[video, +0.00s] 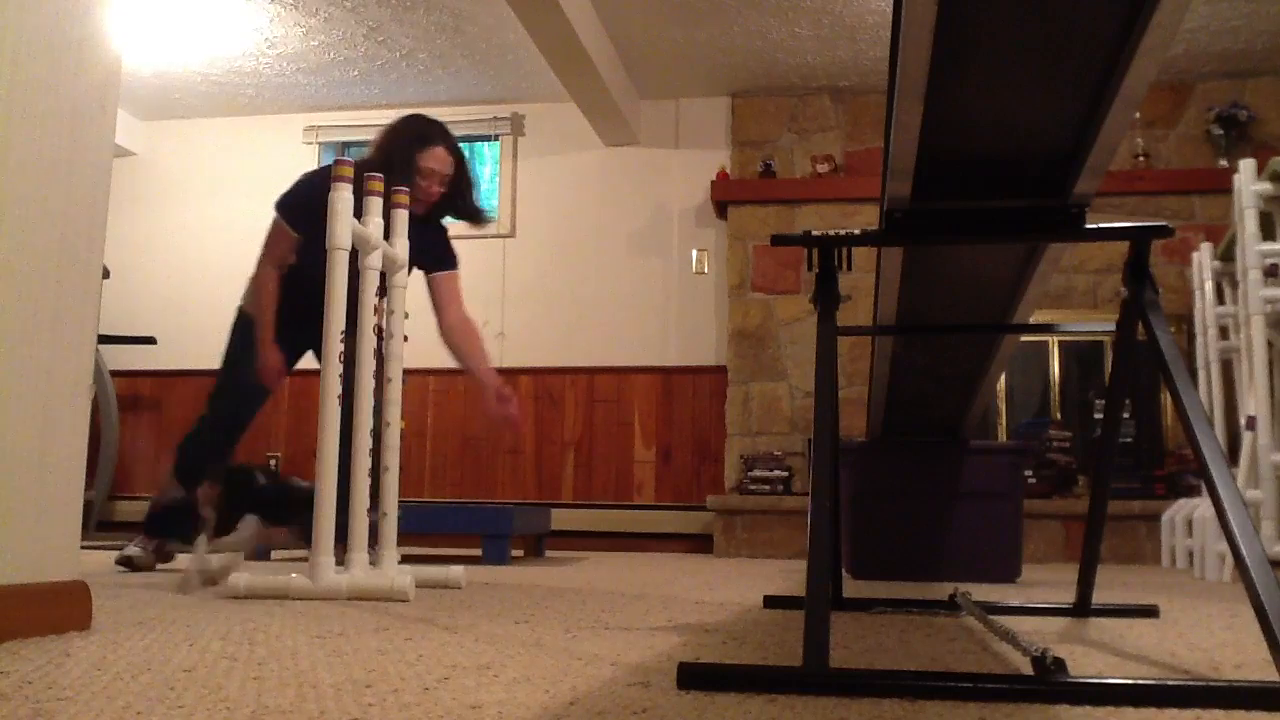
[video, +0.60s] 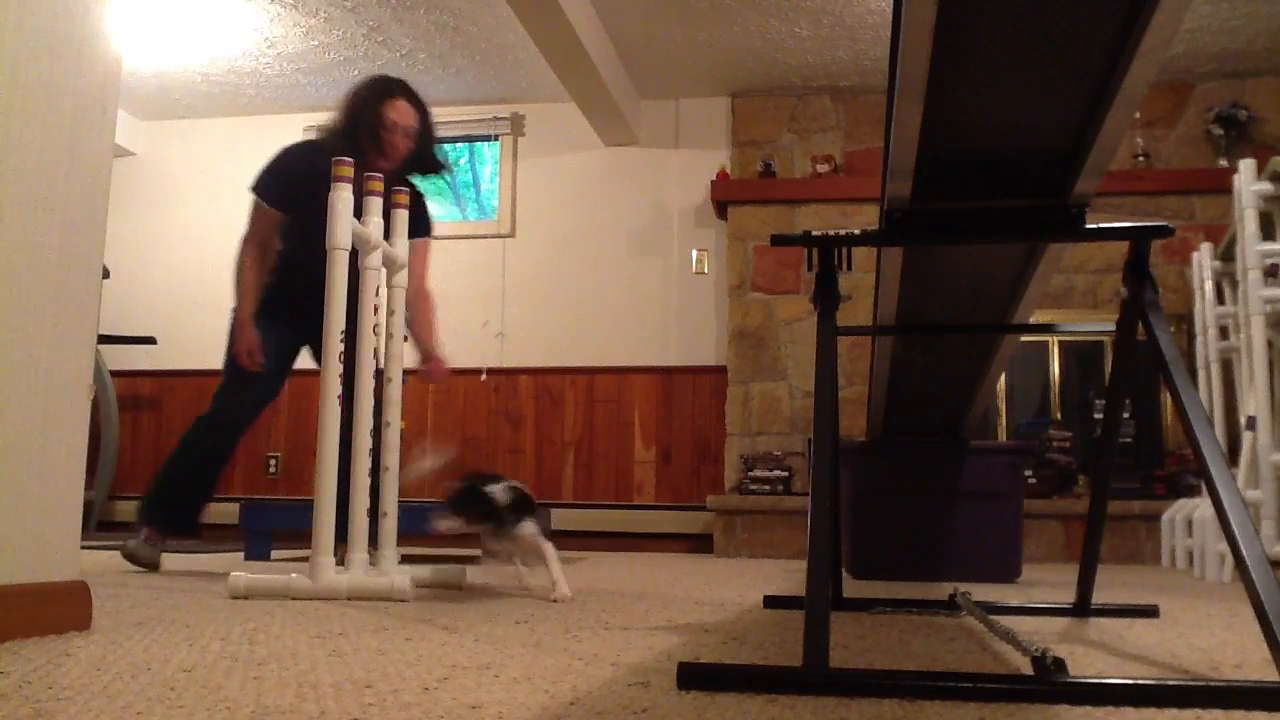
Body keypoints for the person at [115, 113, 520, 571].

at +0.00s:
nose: (433, 189)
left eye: (443, 180)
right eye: (425, 175)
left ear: (451, 180)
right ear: (395, 165)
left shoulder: (428, 232)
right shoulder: (324, 187)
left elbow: (453, 315)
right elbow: (270, 265)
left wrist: (489, 380)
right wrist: (265, 344)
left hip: (348, 319)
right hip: (285, 304)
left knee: (371, 425)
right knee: (232, 410)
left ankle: (349, 539)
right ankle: (161, 531)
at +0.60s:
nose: (399, 142)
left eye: (410, 133)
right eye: (390, 128)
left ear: (418, 139)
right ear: (364, 125)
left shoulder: (405, 200)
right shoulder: (305, 164)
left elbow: (415, 284)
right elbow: (257, 243)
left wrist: (429, 347)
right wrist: (245, 320)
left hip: (349, 313)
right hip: (283, 303)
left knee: (368, 421)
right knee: (234, 410)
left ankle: (357, 542)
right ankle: (157, 524)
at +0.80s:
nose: (345, 122)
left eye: (354, 114)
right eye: (336, 109)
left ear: (362, 122)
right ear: (309, 109)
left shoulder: (342, 182)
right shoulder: (246, 160)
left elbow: (352, 269)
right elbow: (204, 243)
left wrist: (353, 335)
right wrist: (203, 321)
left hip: (286, 313)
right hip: (223, 308)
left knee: (334, 427)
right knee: (196, 429)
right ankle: (123, 534)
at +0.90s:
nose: (317, 125)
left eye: (326, 118)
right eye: (308, 112)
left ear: (330, 127)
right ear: (281, 110)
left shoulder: (300, 189)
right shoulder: (221, 159)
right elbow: (189, 246)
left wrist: (298, 318)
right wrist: (198, 324)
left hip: (232, 304)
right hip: (170, 299)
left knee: (277, 416)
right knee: (169, 418)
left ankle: (289, 533)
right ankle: (116, 541)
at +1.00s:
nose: (308, 134)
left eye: (315, 126)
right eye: (300, 119)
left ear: (315, 134)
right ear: (270, 114)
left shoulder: (280, 187)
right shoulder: (220, 159)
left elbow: (246, 256)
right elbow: (197, 252)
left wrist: (266, 312)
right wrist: (210, 334)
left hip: (208, 297)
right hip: (151, 293)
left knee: (254, 403)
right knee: (163, 412)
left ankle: (240, 527)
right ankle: (117, 542)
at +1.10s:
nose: (303, 138)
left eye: (309, 130)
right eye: (295, 124)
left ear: (307, 136)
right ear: (265, 117)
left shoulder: (257, 179)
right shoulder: (223, 161)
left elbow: (218, 257)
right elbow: (211, 256)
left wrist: (236, 317)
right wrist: (232, 336)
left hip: (181, 297)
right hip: (139, 290)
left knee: (233, 402)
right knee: (158, 413)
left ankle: (200, 505)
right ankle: (113, 543)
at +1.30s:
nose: (294, 153)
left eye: (297, 142)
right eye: (291, 141)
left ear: (250, 131)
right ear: (266, 136)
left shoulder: (212, 166)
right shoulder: (238, 176)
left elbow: (165, 239)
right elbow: (253, 270)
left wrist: (180, 308)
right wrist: (289, 338)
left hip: (135, 298)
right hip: (149, 301)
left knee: (171, 420)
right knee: (154, 422)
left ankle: (131, 534)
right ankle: (111, 543)